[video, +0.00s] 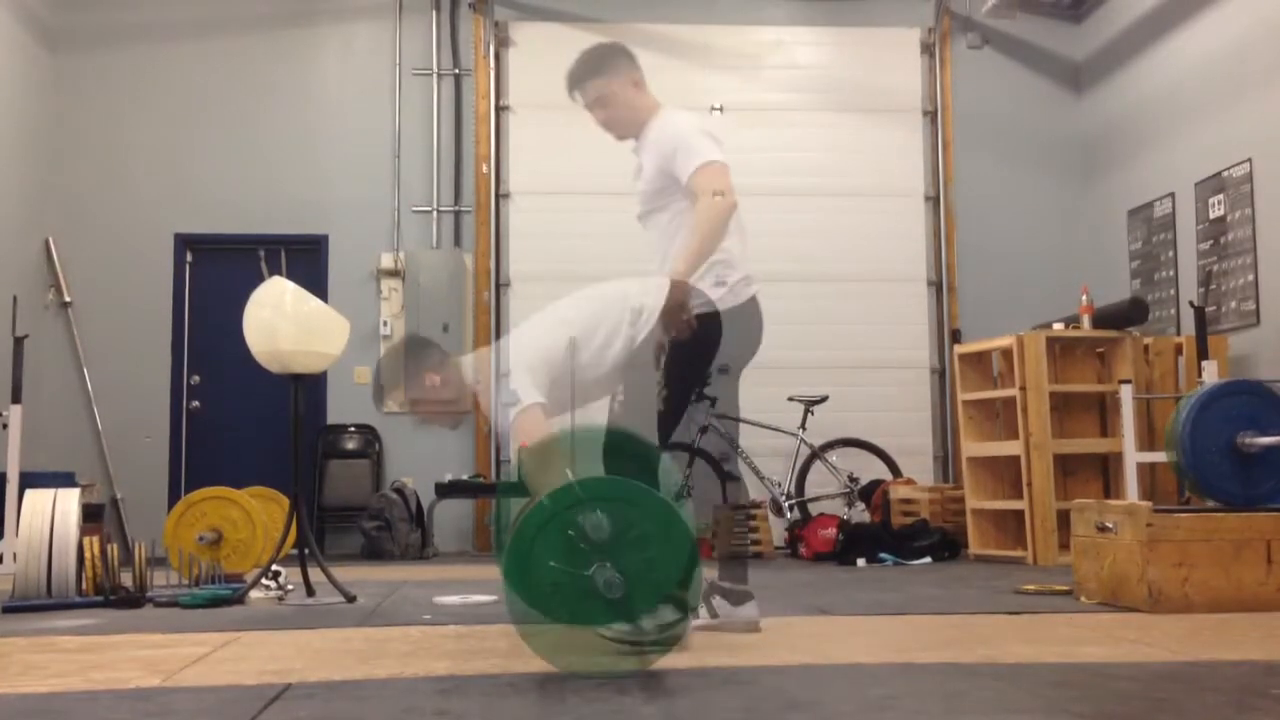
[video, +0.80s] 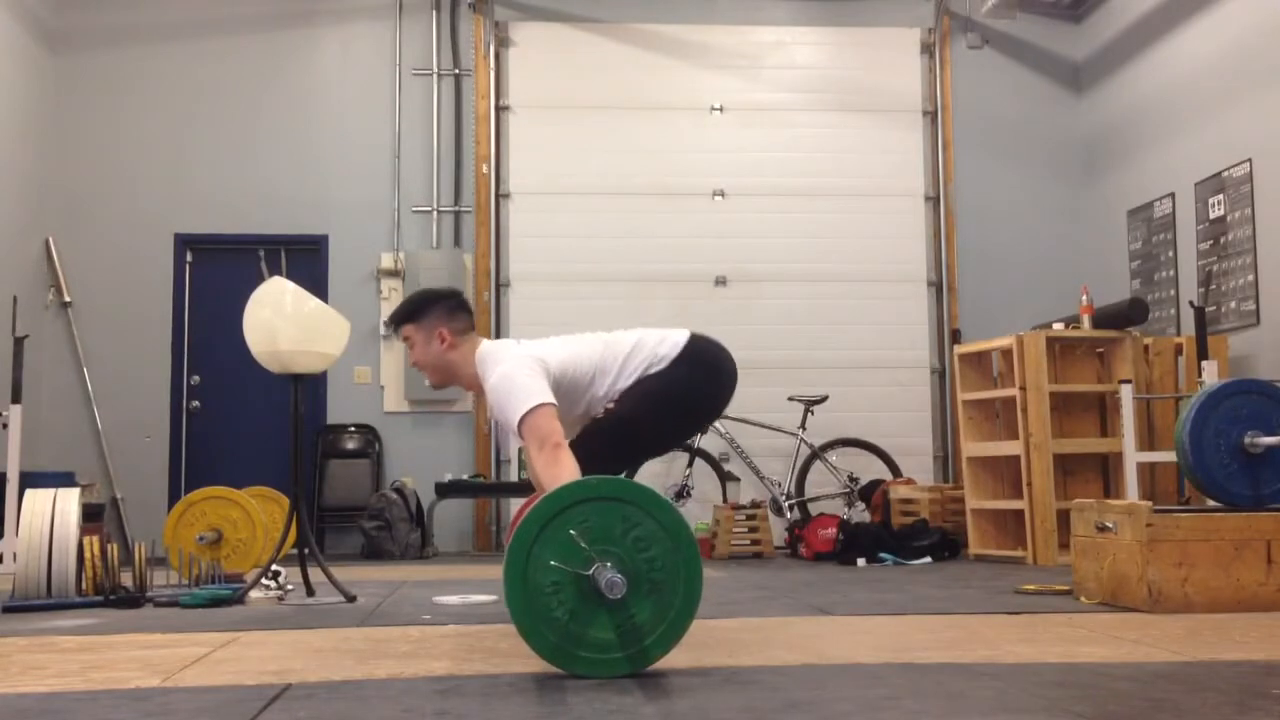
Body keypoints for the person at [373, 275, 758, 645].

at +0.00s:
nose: (426, 420)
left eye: (418, 408)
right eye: (415, 416)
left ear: (434, 376)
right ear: (435, 374)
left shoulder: (510, 377)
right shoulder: (499, 376)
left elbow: (551, 488)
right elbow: (548, 484)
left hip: (694, 319)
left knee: (689, 466)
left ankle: (729, 595)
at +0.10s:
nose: (420, 421)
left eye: (413, 409)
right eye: (410, 414)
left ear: (431, 380)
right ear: (432, 376)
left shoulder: (505, 381)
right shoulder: (491, 379)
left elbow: (550, 489)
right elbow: (545, 485)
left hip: (680, 318)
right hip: (656, 324)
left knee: (640, 471)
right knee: (628, 468)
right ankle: (641, 603)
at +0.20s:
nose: (417, 422)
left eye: (407, 411)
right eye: (406, 416)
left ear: (427, 379)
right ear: (430, 375)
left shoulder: (493, 381)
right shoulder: (485, 379)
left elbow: (538, 458)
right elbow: (532, 461)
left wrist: (570, 549)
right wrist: (566, 547)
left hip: (674, 317)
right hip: (655, 321)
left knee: (640, 466)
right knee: (632, 464)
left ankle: (653, 588)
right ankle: (644, 585)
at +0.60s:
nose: (403, 384)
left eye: (401, 368)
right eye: (397, 372)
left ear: (432, 354)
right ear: (433, 356)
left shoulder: (500, 373)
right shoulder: (494, 376)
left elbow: (547, 451)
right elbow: (538, 456)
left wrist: (587, 538)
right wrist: (550, 511)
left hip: (687, 333)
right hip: (677, 334)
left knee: (611, 452)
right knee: (608, 451)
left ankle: (617, 583)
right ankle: (612, 583)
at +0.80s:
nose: (410, 360)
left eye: (411, 345)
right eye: (406, 348)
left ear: (443, 338)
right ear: (442, 340)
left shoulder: (506, 368)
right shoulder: (498, 371)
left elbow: (552, 451)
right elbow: (544, 457)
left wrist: (585, 537)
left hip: (695, 366)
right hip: (685, 367)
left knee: (583, 466)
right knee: (589, 469)